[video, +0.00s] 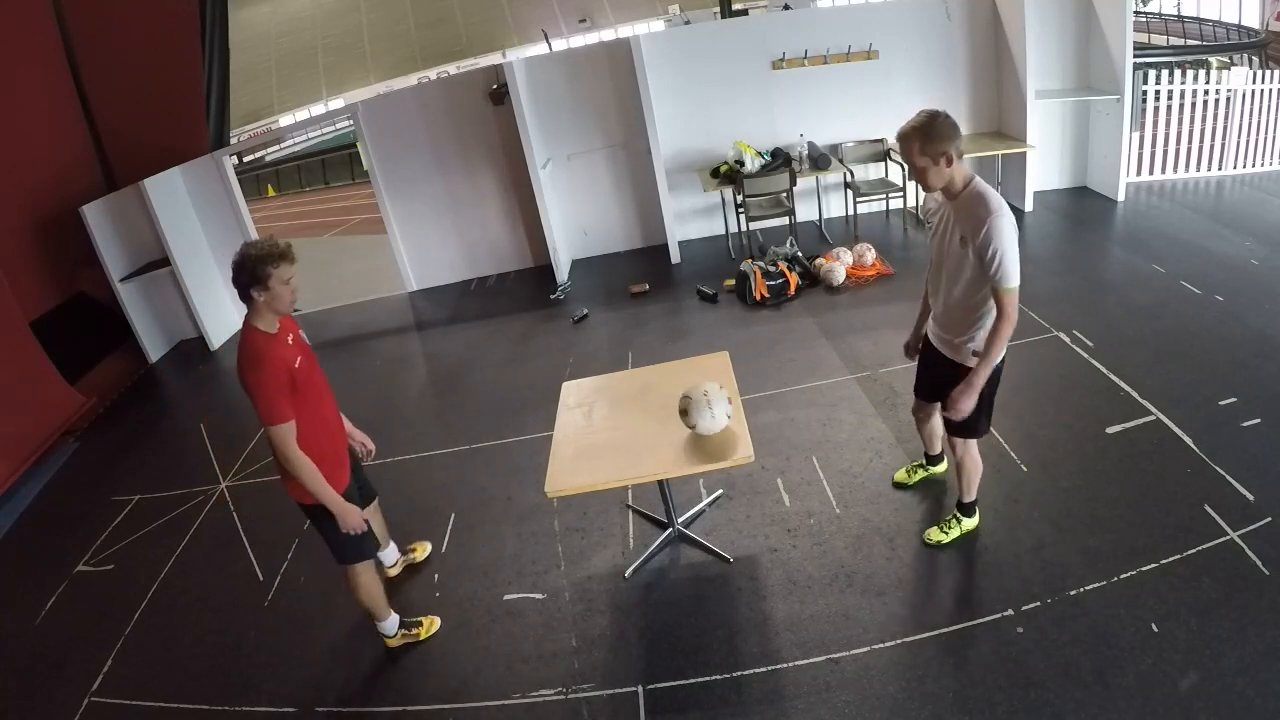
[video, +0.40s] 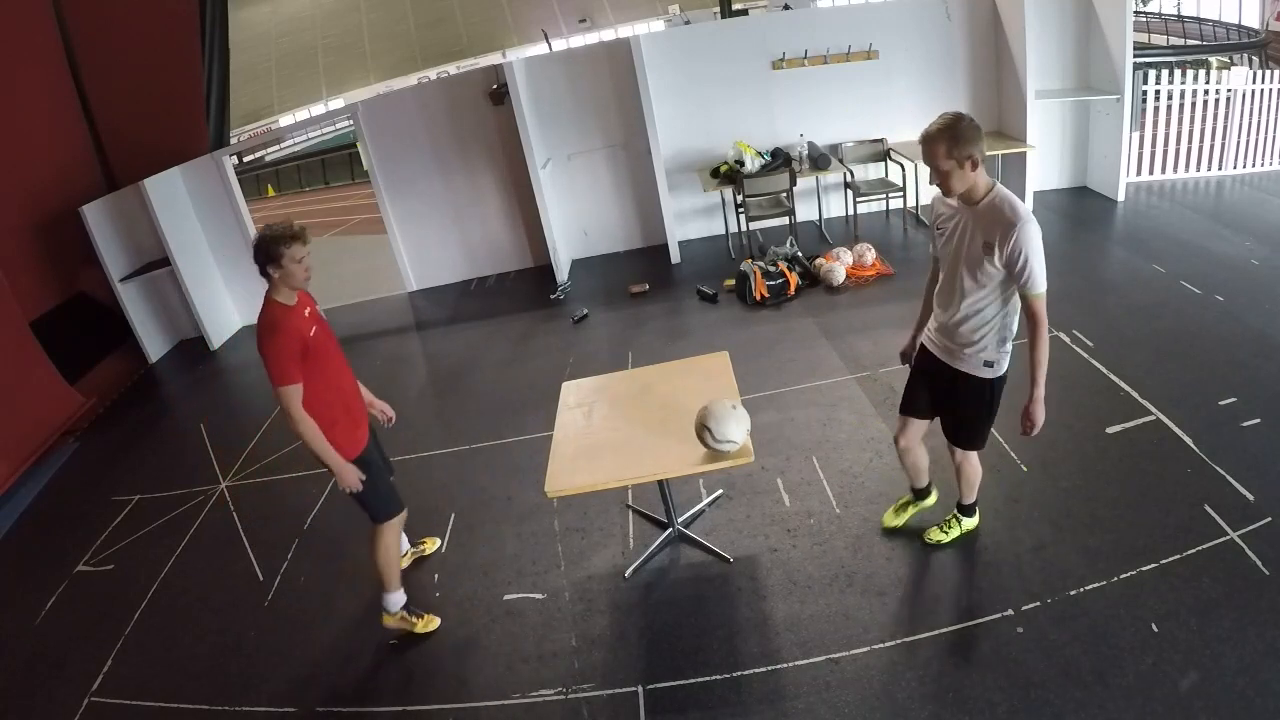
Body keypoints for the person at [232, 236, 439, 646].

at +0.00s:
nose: (296, 288)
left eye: (294, 279)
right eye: (287, 283)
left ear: (266, 291)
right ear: (258, 293)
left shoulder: (283, 323)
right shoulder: (259, 358)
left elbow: (312, 390)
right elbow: (286, 450)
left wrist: (346, 428)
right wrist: (338, 505)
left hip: (337, 454)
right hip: (317, 480)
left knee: (368, 503)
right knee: (360, 557)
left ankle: (392, 559)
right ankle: (392, 629)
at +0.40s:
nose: (308, 265)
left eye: (307, 256)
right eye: (298, 261)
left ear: (305, 256)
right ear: (273, 271)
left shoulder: (300, 298)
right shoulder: (277, 329)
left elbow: (329, 359)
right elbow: (292, 410)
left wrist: (367, 398)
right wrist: (338, 465)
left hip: (358, 421)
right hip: (342, 443)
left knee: (385, 483)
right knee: (389, 514)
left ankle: (400, 550)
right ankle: (394, 608)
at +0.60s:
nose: (320, 256)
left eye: (319, 248)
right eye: (310, 251)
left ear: (318, 247)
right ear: (286, 259)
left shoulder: (311, 287)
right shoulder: (287, 315)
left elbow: (339, 348)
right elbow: (301, 394)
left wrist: (374, 385)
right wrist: (348, 437)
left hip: (356, 408)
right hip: (349, 423)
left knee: (374, 482)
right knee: (417, 473)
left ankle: (399, 548)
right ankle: (421, 556)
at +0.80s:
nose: (336, 249)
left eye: (336, 241)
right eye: (328, 244)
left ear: (335, 239)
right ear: (304, 251)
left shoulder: (326, 281)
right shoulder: (310, 305)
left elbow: (351, 345)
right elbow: (323, 382)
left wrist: (384, 384)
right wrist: (361, 432)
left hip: (364, 402)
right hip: (365, 412)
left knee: (373, 477)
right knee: (426, 453)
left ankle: (400, 551)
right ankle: (460, 506)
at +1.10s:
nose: (375, 231)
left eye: (375, 223)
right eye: (364, 227)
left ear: (375, 222)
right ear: (342, 235)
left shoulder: (356, 258)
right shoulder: (356, 284)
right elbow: (372, 357)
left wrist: (413, 368)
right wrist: (407, 409)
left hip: (398, 380)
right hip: (407, 385)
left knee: (410, 447)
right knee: (441, 439)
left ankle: (403, 528)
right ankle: (464, 497)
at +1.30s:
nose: (398, 222)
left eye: (398, 214)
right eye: (389, 218)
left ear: (399, 210)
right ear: (365, 224)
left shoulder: (382, 248)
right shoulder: (375, 271)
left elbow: (405, 304)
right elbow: (399, 342)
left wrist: (435, 329)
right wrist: (448, 376)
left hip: (421, 359)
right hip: (413, 371)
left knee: (444, 424)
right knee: (451, 429)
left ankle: (435, 485)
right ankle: (461, 495)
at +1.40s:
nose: (407, 218)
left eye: (407, 210)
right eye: (398, 214)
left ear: (407, 207)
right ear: (375, 219)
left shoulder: (395, 244)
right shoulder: (382, 267)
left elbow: (417, 297)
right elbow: (405, 337)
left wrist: (445, 325)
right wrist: (459, 361)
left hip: (433, 353)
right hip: (420, 367)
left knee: (461, 402)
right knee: (453, 430)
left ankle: (468, 465)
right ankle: (461, 496)